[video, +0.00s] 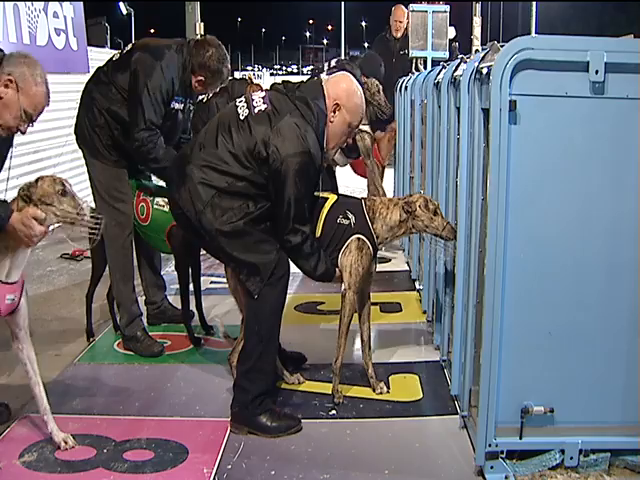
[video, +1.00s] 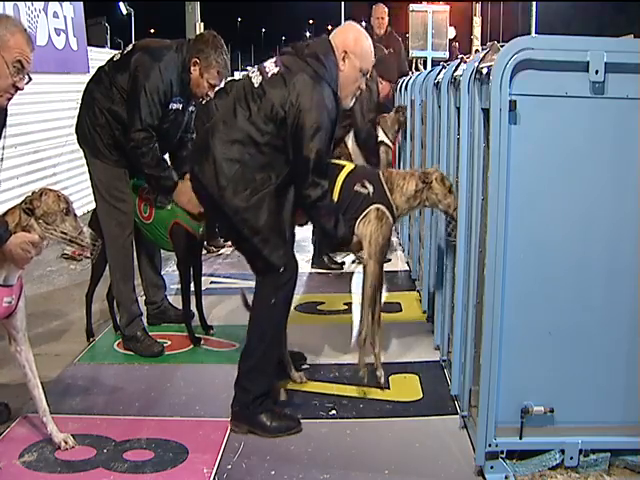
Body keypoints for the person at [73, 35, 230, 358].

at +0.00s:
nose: (205, 95)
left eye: (209, 91)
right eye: (206, 90)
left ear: (198, 74)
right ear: (197, 78)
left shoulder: (189, 67)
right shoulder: (157, 68)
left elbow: (181, 135)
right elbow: (141, 137)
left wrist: (192, 171)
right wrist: (178, 169)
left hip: (134, 132)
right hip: (102, 131)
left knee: (146, 218)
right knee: (120, 219)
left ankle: (157, 304)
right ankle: (130, 325)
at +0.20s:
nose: (208, 95)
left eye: (211, 91)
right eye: (209, 90)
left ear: (198, 73)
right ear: (197, 78)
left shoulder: (190, 66)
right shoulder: (157, 68)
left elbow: (181, 139)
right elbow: (142, 138)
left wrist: (189, 182)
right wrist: (168, 187)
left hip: (137, 133)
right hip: (103, 132)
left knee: (145, 221)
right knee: (119, 222)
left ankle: (157, 304)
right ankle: (130, 324)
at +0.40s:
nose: (211, 96)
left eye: (215, 91)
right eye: (210, 90)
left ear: (200, 72)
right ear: (195, 74)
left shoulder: (194, 69)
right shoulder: (157, 71)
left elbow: (187, 136)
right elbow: (144, 140)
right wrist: (181, 175)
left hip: (137, 132)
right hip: (102, 131)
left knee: (146, 219)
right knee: (119, 222)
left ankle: (157, 304)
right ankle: (130, 324)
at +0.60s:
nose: (210, 97)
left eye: (214, 92)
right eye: (209, 90)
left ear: (199, 69)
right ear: (195, 70)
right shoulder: (157, 72)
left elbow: (184, 141)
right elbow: (143, 141)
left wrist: (196, 182)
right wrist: (177, 187)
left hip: (137, 134)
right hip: (103, 133)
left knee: (145, 222)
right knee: (119, 222)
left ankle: (157, 304)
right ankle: (130, 324)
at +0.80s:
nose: (209, 95)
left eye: (215, 90)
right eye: (209, 87)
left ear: (199, 67)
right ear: (194, 68)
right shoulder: (156, 71)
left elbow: (182, 138)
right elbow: (141, 140)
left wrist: (202, 168)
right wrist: (186, 173)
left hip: (138, 136)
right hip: (103, 133)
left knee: (146, 222)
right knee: (119, 224)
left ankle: (157, 304)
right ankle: (130, 325)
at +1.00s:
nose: (211, 93)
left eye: (216, 87)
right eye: (210, 85)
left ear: (198, 65)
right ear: (193, 66)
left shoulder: (190, 80)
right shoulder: (155, 71)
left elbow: (183, 140)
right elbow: (138, 138)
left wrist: (189, 179)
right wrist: (173, 185)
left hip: (139, 138)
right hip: (104, 133)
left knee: (146, 222)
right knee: (119, 223)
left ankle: (157, 305)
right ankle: (130, 324)